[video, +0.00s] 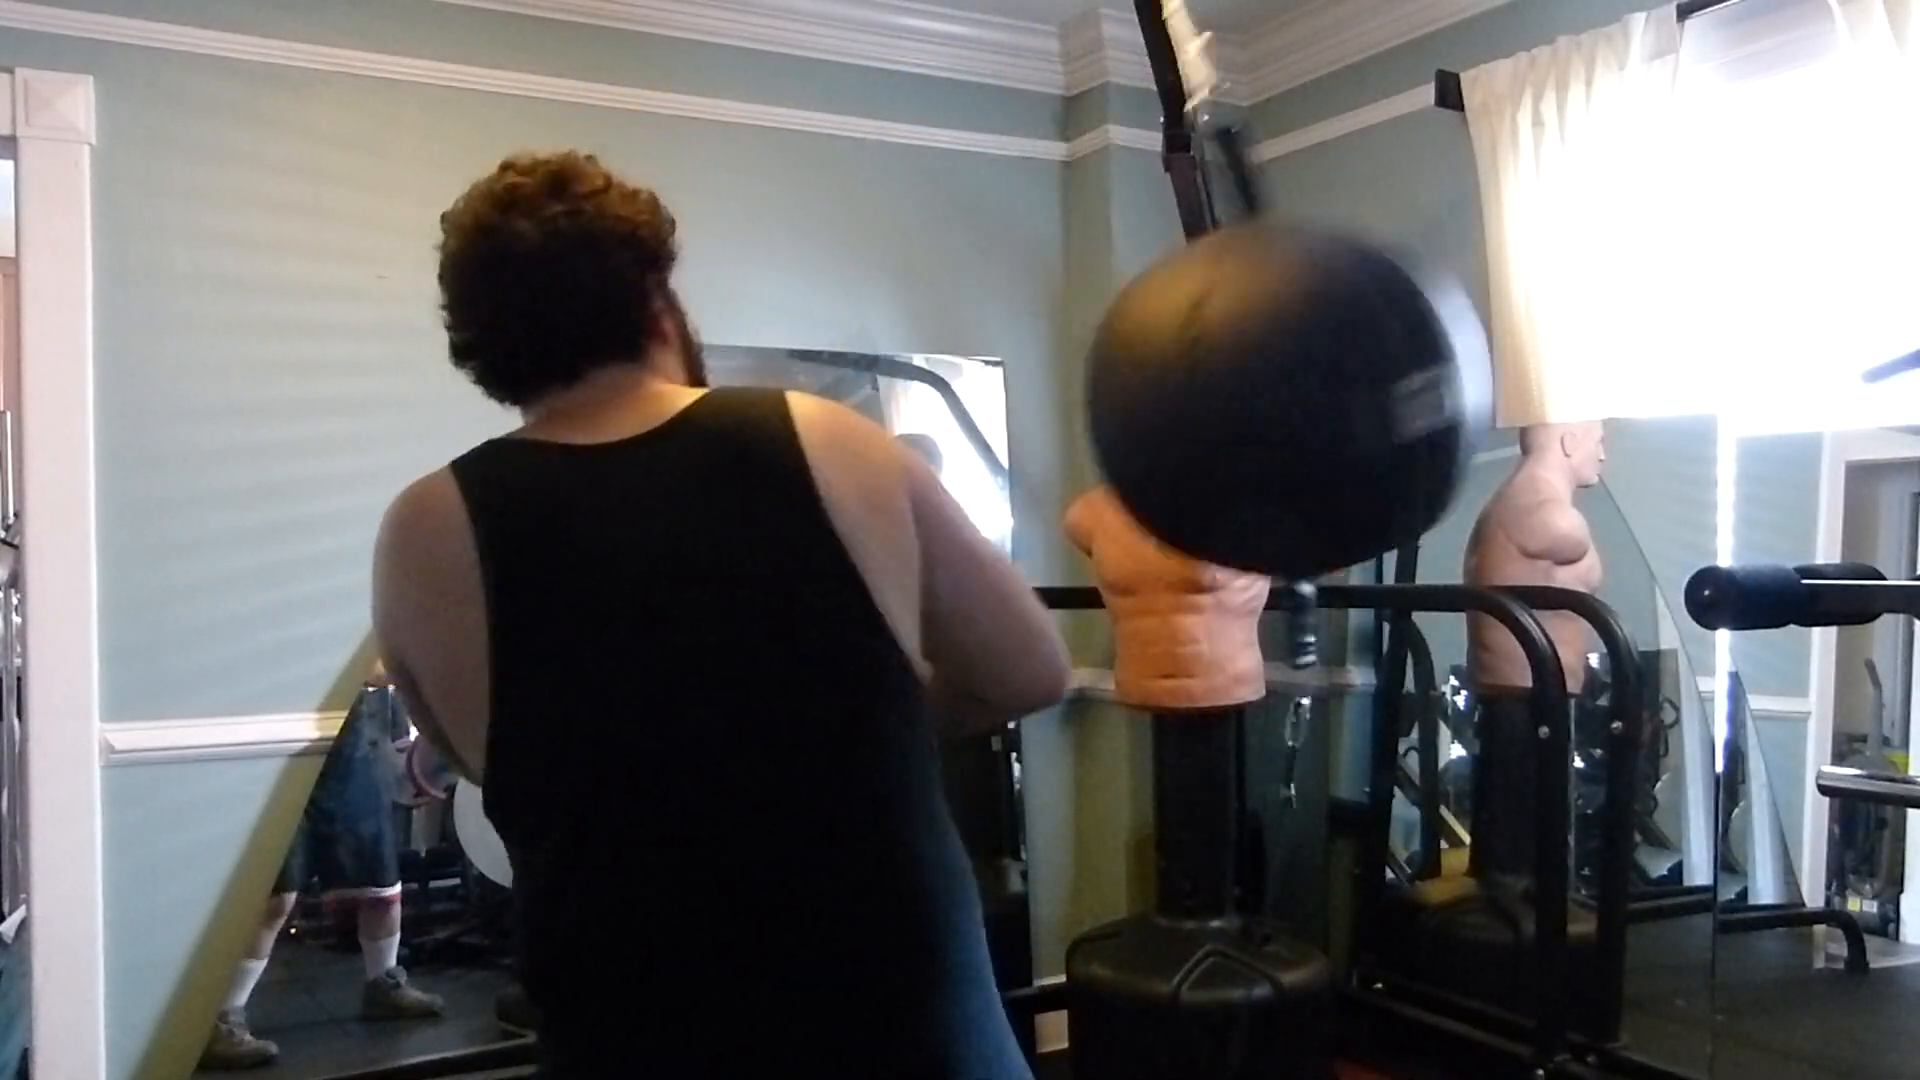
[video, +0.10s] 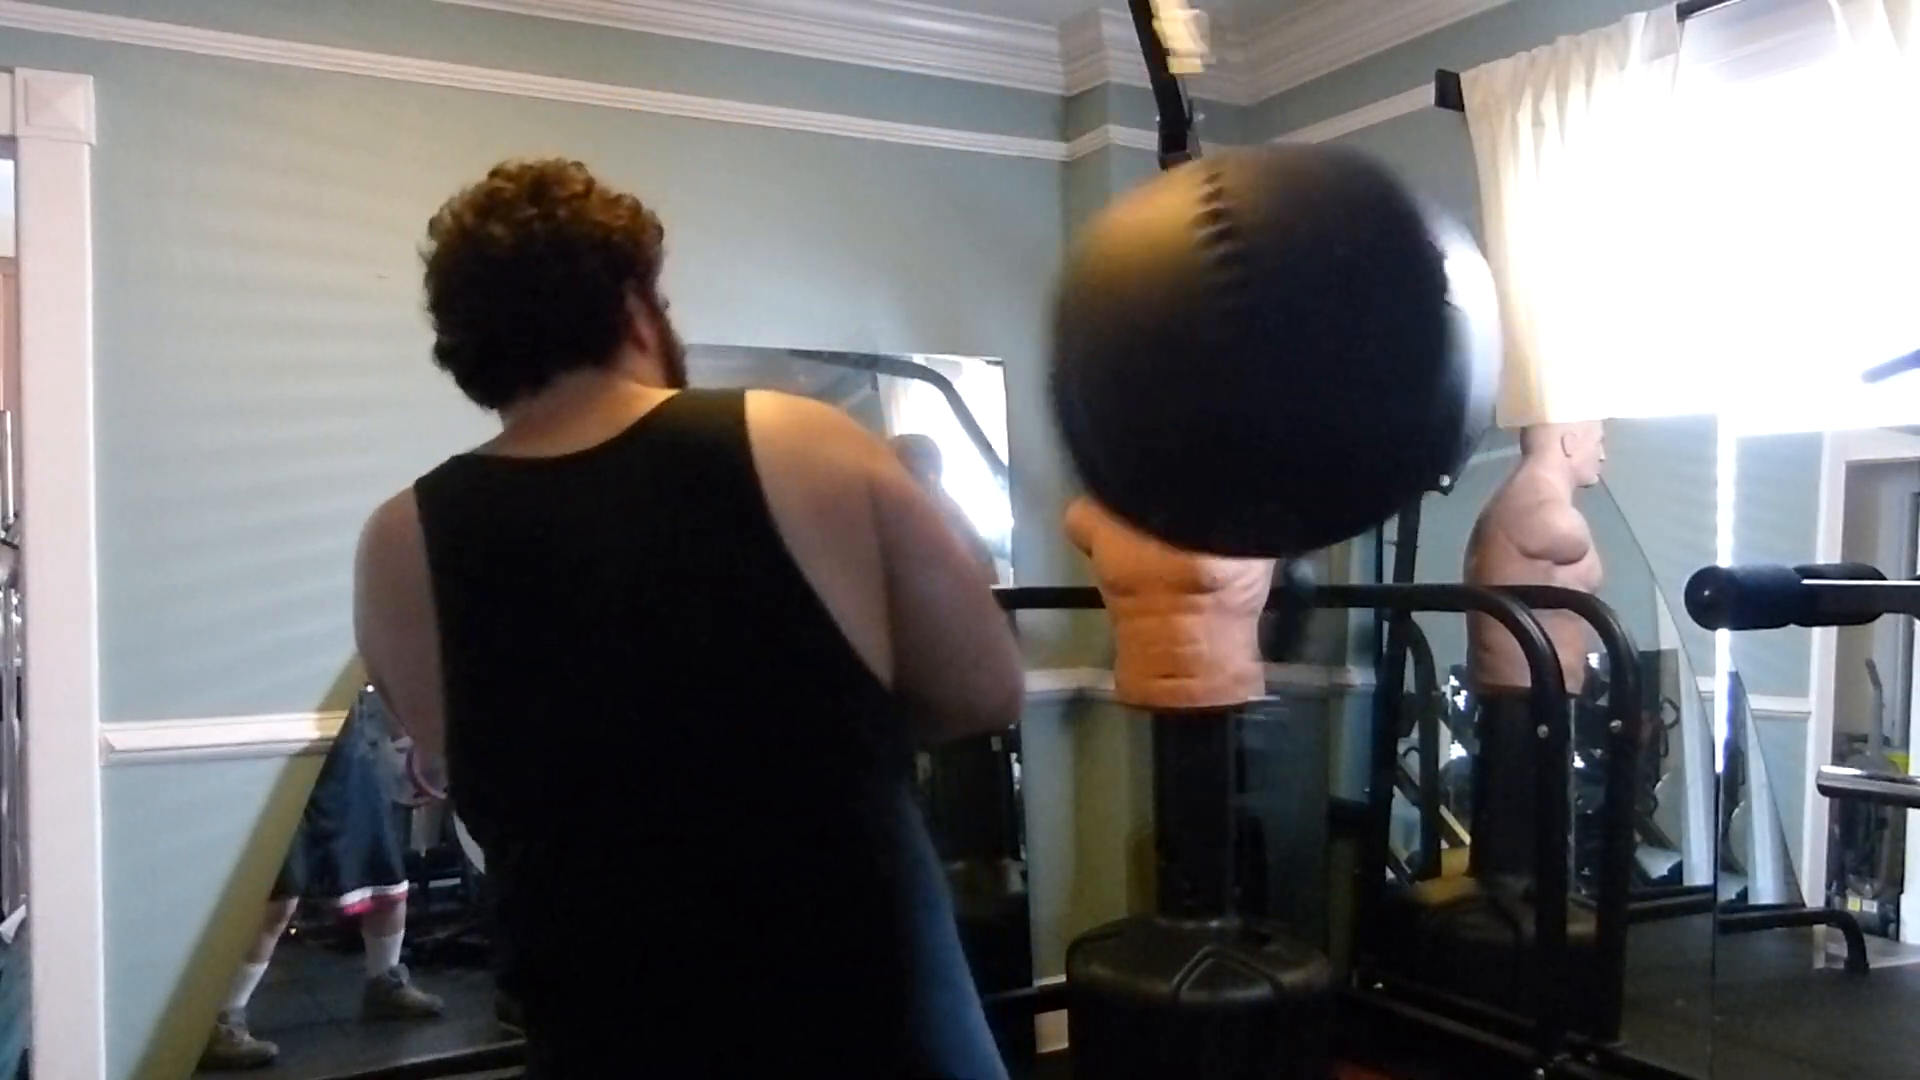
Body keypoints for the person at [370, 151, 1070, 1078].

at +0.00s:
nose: (689, 317)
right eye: (679, 294)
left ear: (483, 355)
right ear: (660, 309)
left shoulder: (425, 534)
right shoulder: (841, 448)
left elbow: (475, 754)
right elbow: (1028, 669)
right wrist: (838, 731)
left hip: (623, 1044)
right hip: (908, 1026)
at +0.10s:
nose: (674, 326)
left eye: (663, 296)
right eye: (663, 300)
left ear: (468, 356)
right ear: (638, 313)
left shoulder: (402, 545)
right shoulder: (811, 448)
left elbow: (452, 767)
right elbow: (984, 688)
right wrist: (798, 736)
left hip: (598, 1038)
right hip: (871, 1018)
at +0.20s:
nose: (688, 319)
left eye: (685, 294)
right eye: (682, 295)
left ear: (482, 336)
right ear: (647, 308)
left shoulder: (405, 537)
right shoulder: (803, 455)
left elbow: (464, 763)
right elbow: (976, 713)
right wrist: (788, 660)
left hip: (581, 1039)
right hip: (849, 1024)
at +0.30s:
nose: (743, 312)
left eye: (740, 293)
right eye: (736, 291)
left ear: (536, 316)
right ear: (710, 305)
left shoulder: (454, 518)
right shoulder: (835, 466)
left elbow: (533, 757)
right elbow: (995, 750)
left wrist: (716, 430)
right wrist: (855, 745)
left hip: (592, 1028)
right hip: (848, 1023)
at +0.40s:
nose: (839, 319)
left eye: (827, 287)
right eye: (830, 289)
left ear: (629, 304)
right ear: (805, 309)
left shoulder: (545, 501)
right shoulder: (882, 502)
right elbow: (1022, 842)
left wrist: (800, 425)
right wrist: (1008, 921)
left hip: (624, 1012)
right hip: (856, 1022)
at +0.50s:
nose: (943, 327)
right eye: (936, 297)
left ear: (731, 310)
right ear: (914, 321)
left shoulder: (636, 491)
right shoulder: (970, 543)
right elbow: (1065, 853)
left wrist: (887, 430)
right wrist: (1232, 872)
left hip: (684, 1025)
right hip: (922, 1039)